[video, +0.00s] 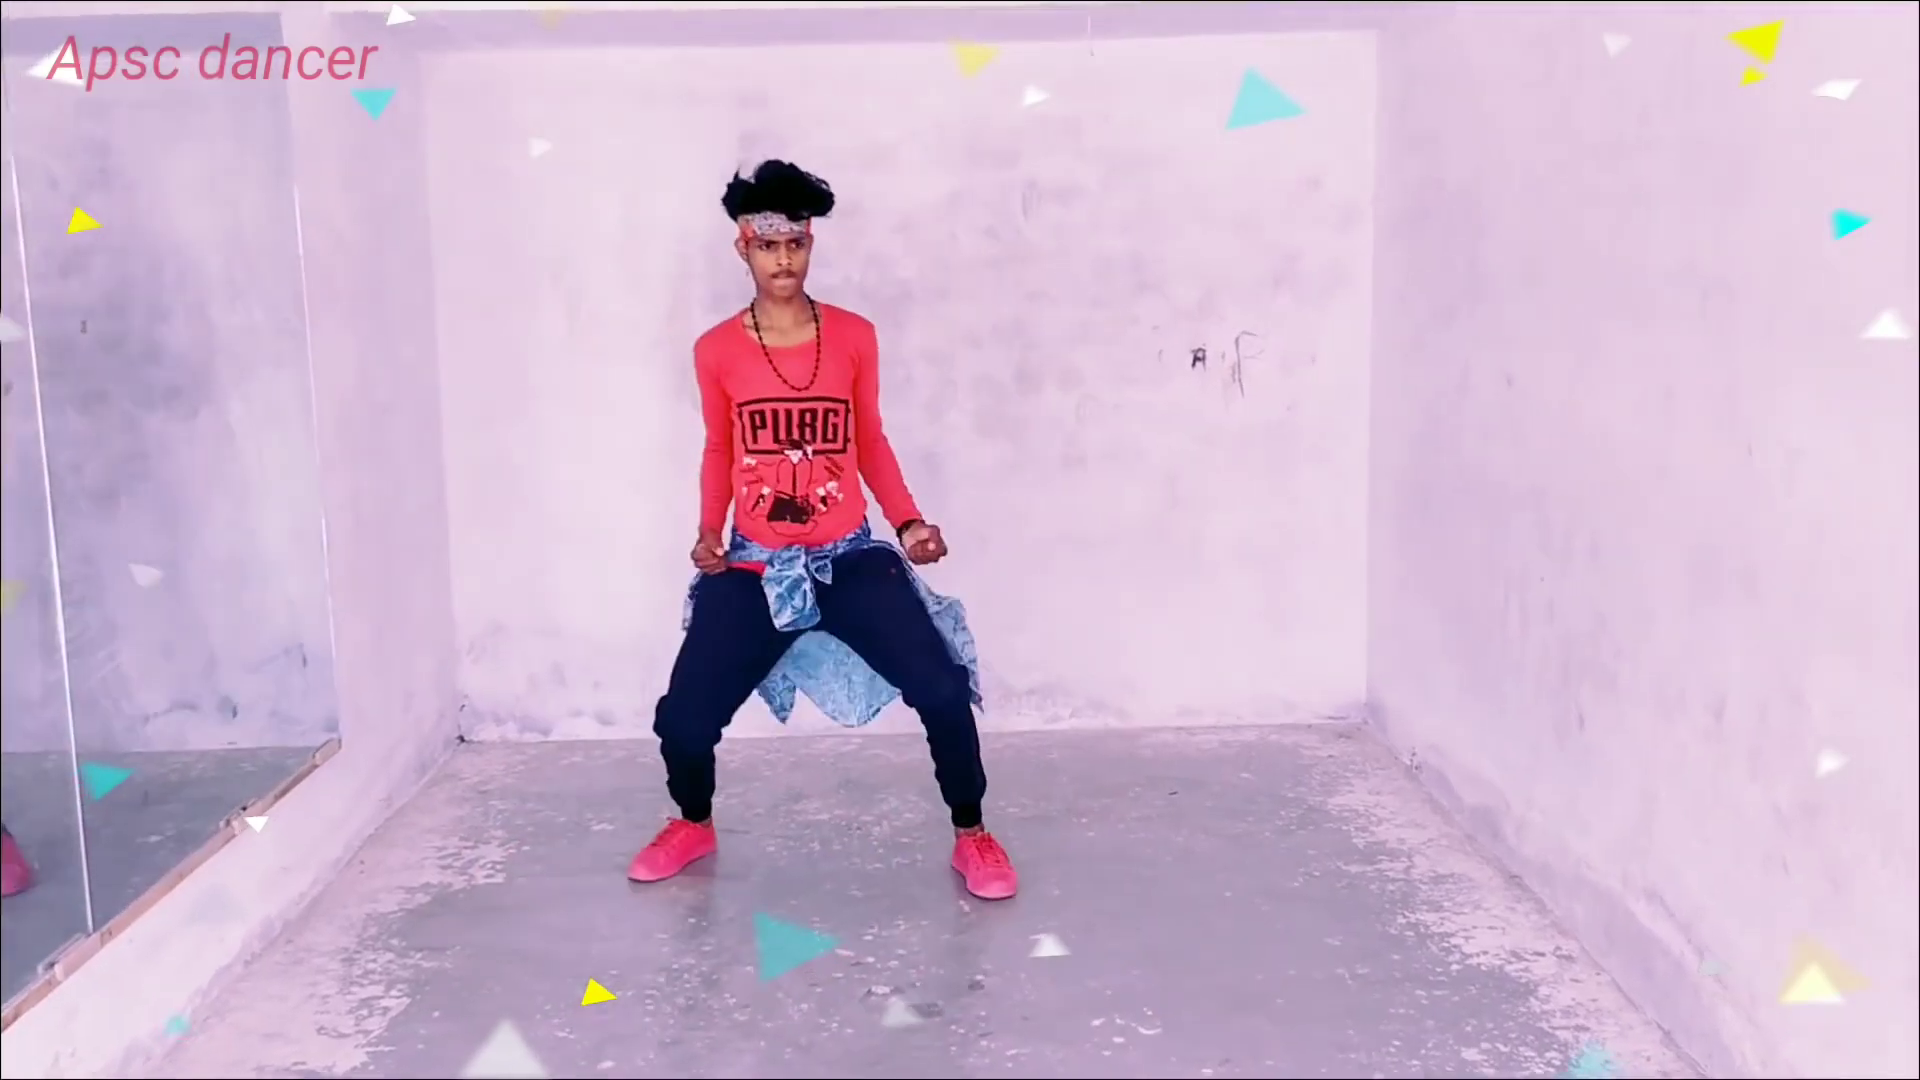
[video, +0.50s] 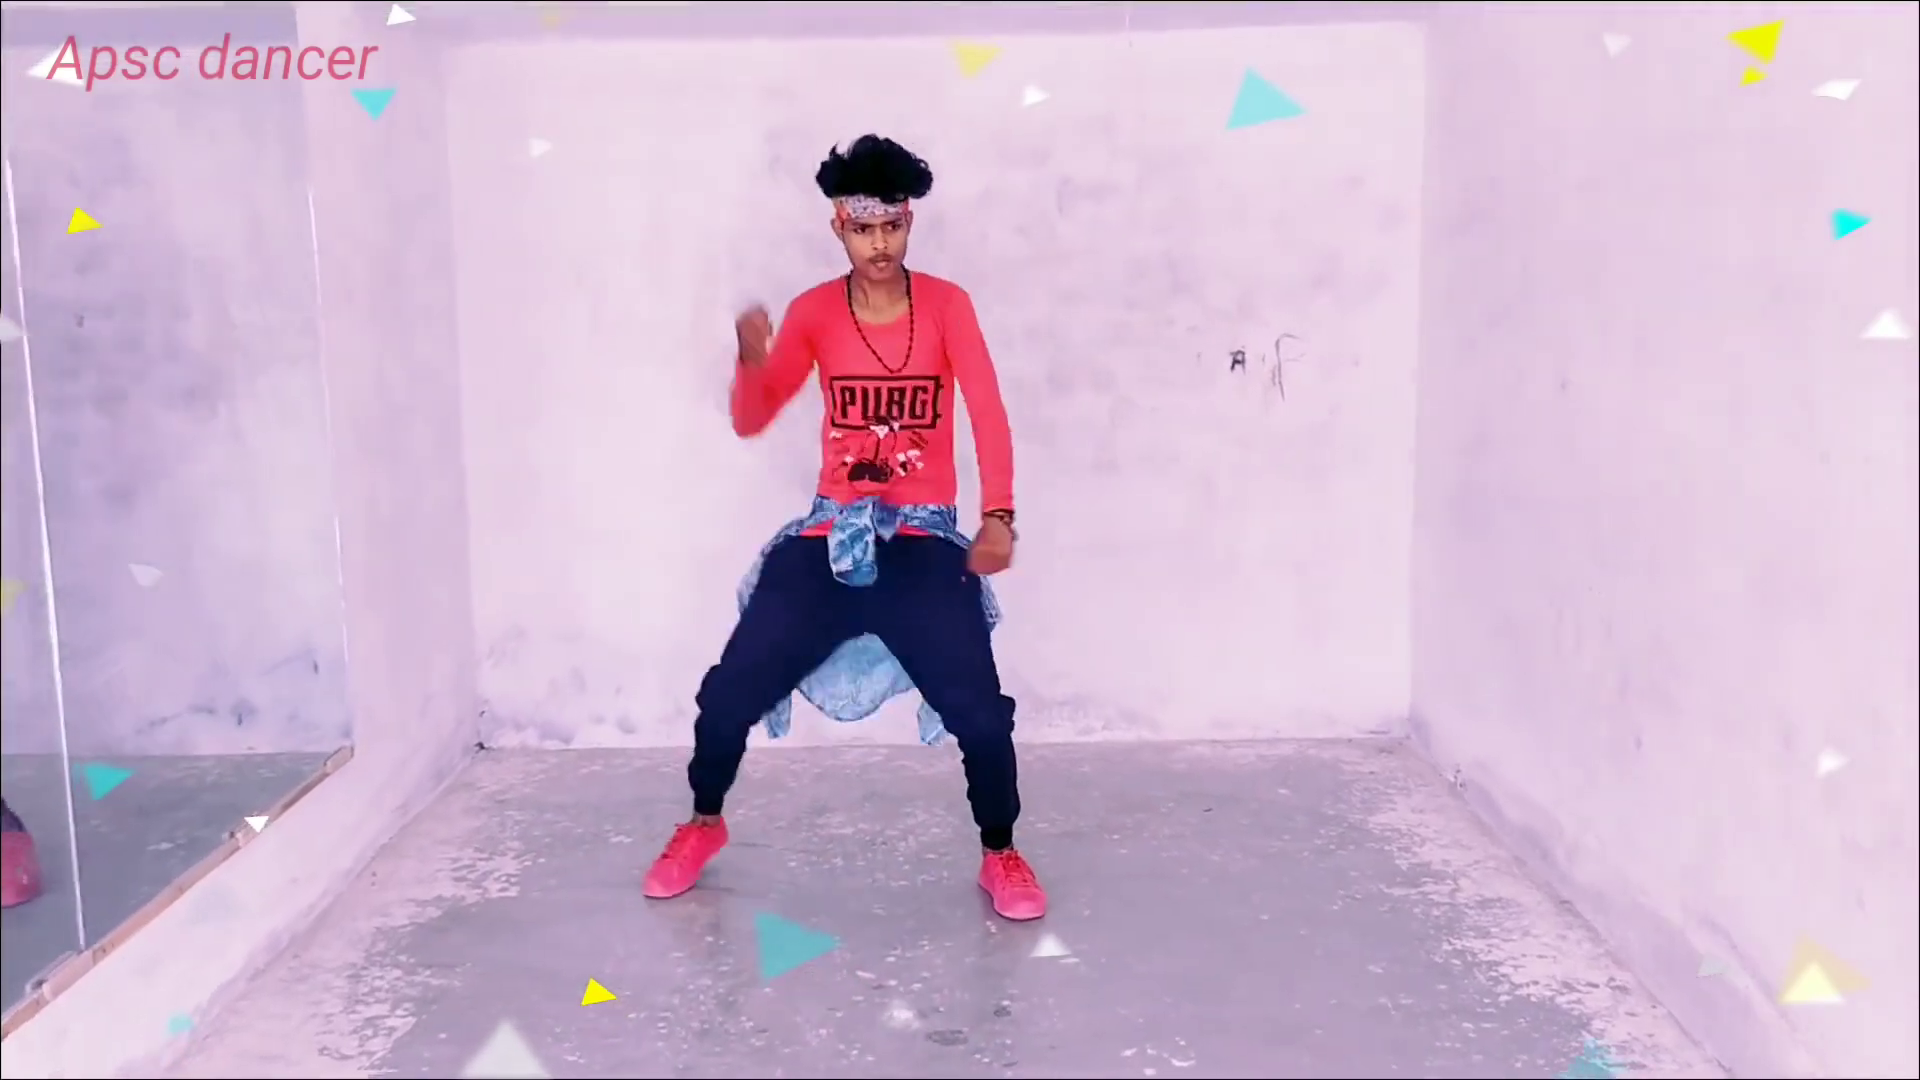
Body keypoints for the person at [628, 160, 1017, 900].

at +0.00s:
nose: (784, 259)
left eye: (796, 242)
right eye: (769, 244)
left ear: (812, 248)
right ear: (743, 249)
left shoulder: (853, 337)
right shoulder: (716, 350)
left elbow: (869, 440)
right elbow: (720, 446)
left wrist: (908, 522)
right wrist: (710, 530)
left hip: (847, 561)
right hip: (752, 566)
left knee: (944, 691)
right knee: (683, 721)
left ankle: (973, 835)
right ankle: (693, 825)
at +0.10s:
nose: (804, 263)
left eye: (816, 246)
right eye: (787, 247)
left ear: (832, 250)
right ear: (761, 251)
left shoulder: (867, 338)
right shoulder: (730, 347)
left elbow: (887, 447)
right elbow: (715, 454)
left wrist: (930, 505)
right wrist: (714, 506)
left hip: (861, 563)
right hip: (765, 568)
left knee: (950, 697)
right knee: (696, 728)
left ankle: (978, 838)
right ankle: (698, 828)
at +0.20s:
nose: (822, 269)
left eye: (834, 251)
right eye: (805, 253)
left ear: (850, 254)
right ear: (779, 257)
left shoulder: (884, 339)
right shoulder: (748, 343)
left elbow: (910, 454)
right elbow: (726, 460)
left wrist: (935, 464)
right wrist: (743, 484)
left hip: (877, 560)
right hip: (783, 563)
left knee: (955, 707)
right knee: (710, 729)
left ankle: (985, 842)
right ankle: (705, 831)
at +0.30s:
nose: (843, 267)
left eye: (855, 250)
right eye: (826, 252)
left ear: (872, 252)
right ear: (801, 256)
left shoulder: (909, 344)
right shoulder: (773, 352)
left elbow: (927, 473)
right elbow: (767, 465)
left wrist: (926, 443)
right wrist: (780, 516)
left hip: (892, 572)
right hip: (799, 575)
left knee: (973, 713)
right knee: (724, 738)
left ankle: (993, 845)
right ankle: (709, 834)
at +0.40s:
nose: (867, 263)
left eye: (878, 244)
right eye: (849, 248)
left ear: (897, 244)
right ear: (827, 251)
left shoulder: (931, 336)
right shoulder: (799, 348)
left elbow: (960, 446)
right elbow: (785, 461)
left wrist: (925, 471)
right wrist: (781, 510)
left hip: (910, 570)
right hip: (814, 570)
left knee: (985, 721)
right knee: (730, 735)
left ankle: (1000, 852)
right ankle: (711, 836)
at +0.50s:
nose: (881, 244)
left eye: (893, 226)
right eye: (863, 228)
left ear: (912, 226)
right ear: (839, 230)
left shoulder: (946, 307)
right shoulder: (812, 313)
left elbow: (986, 410)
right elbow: (750, 421)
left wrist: (997, 515)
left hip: (923, 546)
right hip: (826, 543)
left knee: (982, 717)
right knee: (723, 702)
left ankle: (1001, 855)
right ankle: (704, 824)